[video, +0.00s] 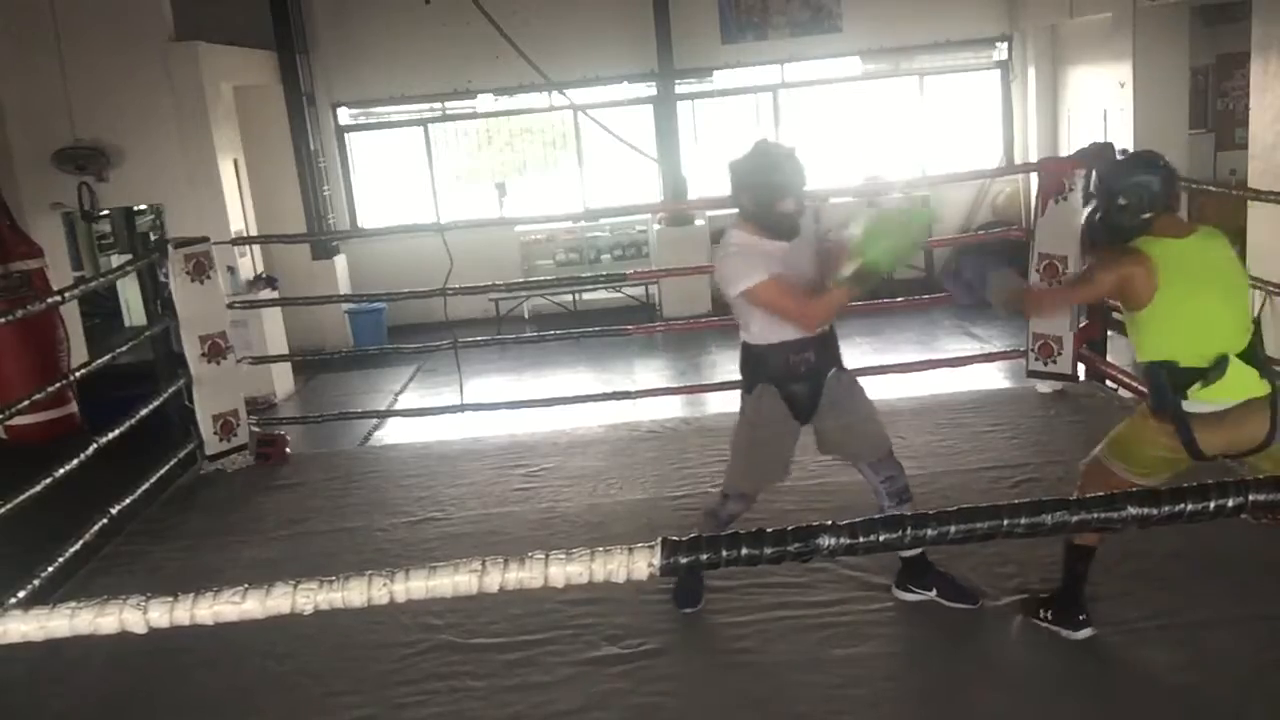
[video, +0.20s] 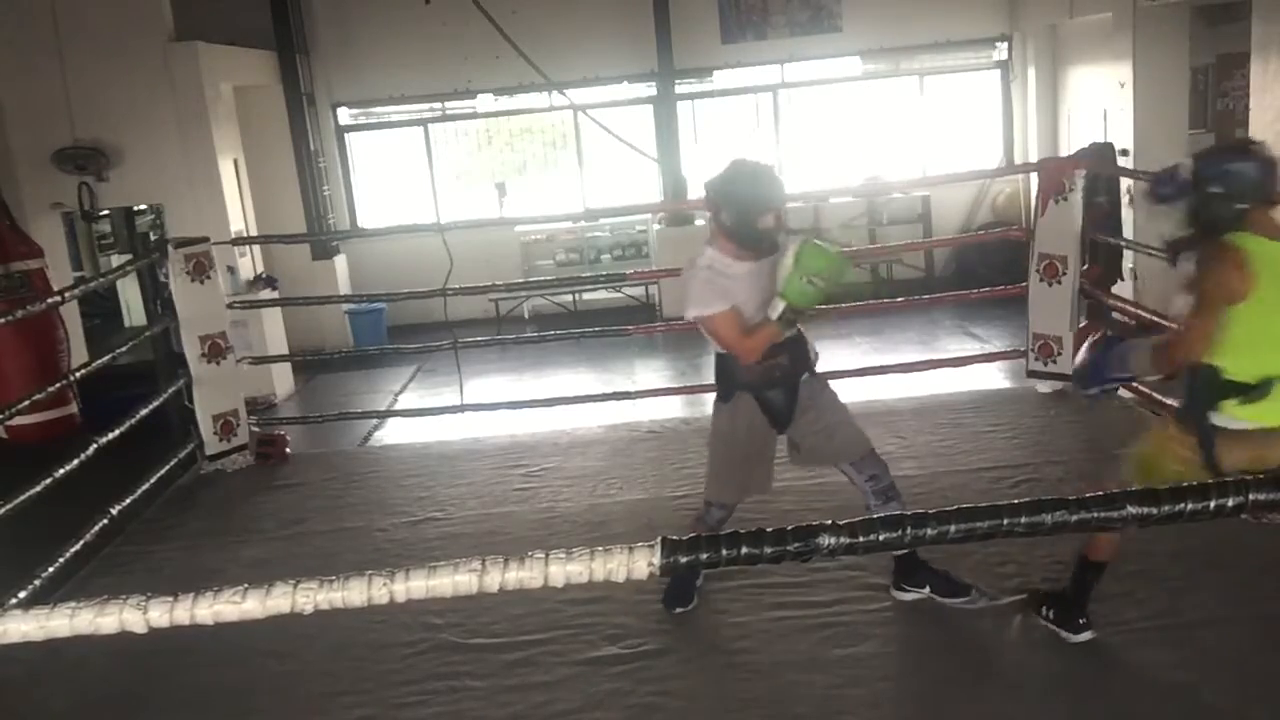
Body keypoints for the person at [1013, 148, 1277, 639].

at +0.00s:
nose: (1100, 211)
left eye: (1104, 201)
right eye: (1100, 201)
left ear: (1123, 204)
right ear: (1172, 198)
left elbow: (1037, 303)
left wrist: (998, 285)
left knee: (1094, 485)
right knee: (1273, 490)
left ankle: (1069, 603)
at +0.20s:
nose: (1196, 205)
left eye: (1203, 193)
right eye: (1198, 194)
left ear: (1220, 195)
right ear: (1261, 192)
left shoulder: (1230, 256)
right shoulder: (1271, 248)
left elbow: (1188, 348)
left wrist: (1123, 358)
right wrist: (1141, 349)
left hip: (1221, 439)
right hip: (1271, 435)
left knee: (1119, 489)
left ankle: (1072, 605)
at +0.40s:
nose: (1240, 189)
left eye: (1243, 177)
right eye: (1242, 175)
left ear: (1261, 178)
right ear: (1276, 176)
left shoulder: (1270, 238)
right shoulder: (1267, 235)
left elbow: (1237, 319)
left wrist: (1175, 276)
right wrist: (1214, 205)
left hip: (1262, 411)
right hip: (1261, 406)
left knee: (1168, 501)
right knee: (1170, 503)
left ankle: (1113, 629)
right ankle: (1115, 627)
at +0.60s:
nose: (1245, 176)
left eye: (1249, 162)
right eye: (1246, 160)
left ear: (1261, 167)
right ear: (1272, 164)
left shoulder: (1272, 237)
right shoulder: (1266, 235)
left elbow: (1192, 296)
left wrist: (1160, 227)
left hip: (1266, 426)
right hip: (1262, 422)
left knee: (1195, 534)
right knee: (1194, 533)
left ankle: (1174, 687)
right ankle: (1174, 684)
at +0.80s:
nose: (1200, 193)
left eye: (1207, 180)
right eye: (1202, 179)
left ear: (1229, 181)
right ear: (1264, 176)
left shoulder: (1239, 246)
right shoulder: (1258, 238)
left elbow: (1125, 300)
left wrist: (1120, 215)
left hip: (1265, 453)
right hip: (1264, 448)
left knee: (1226, 590)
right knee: (1228, 586)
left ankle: (1197, 708)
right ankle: (1199, 705)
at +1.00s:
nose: (1255, 193)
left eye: (1259, 184)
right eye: (1258, 181)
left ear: (1263, 195)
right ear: (1263, 192)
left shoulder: (1269, 267)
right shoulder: (1263, 264)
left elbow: (1219, 344)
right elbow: (1221, 342)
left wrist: (1182, 269)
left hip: (1264, 460)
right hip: (1257, 456)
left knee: (1224, 578)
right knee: (1224, 578)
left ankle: (1192, 707)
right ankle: (1193, 705)